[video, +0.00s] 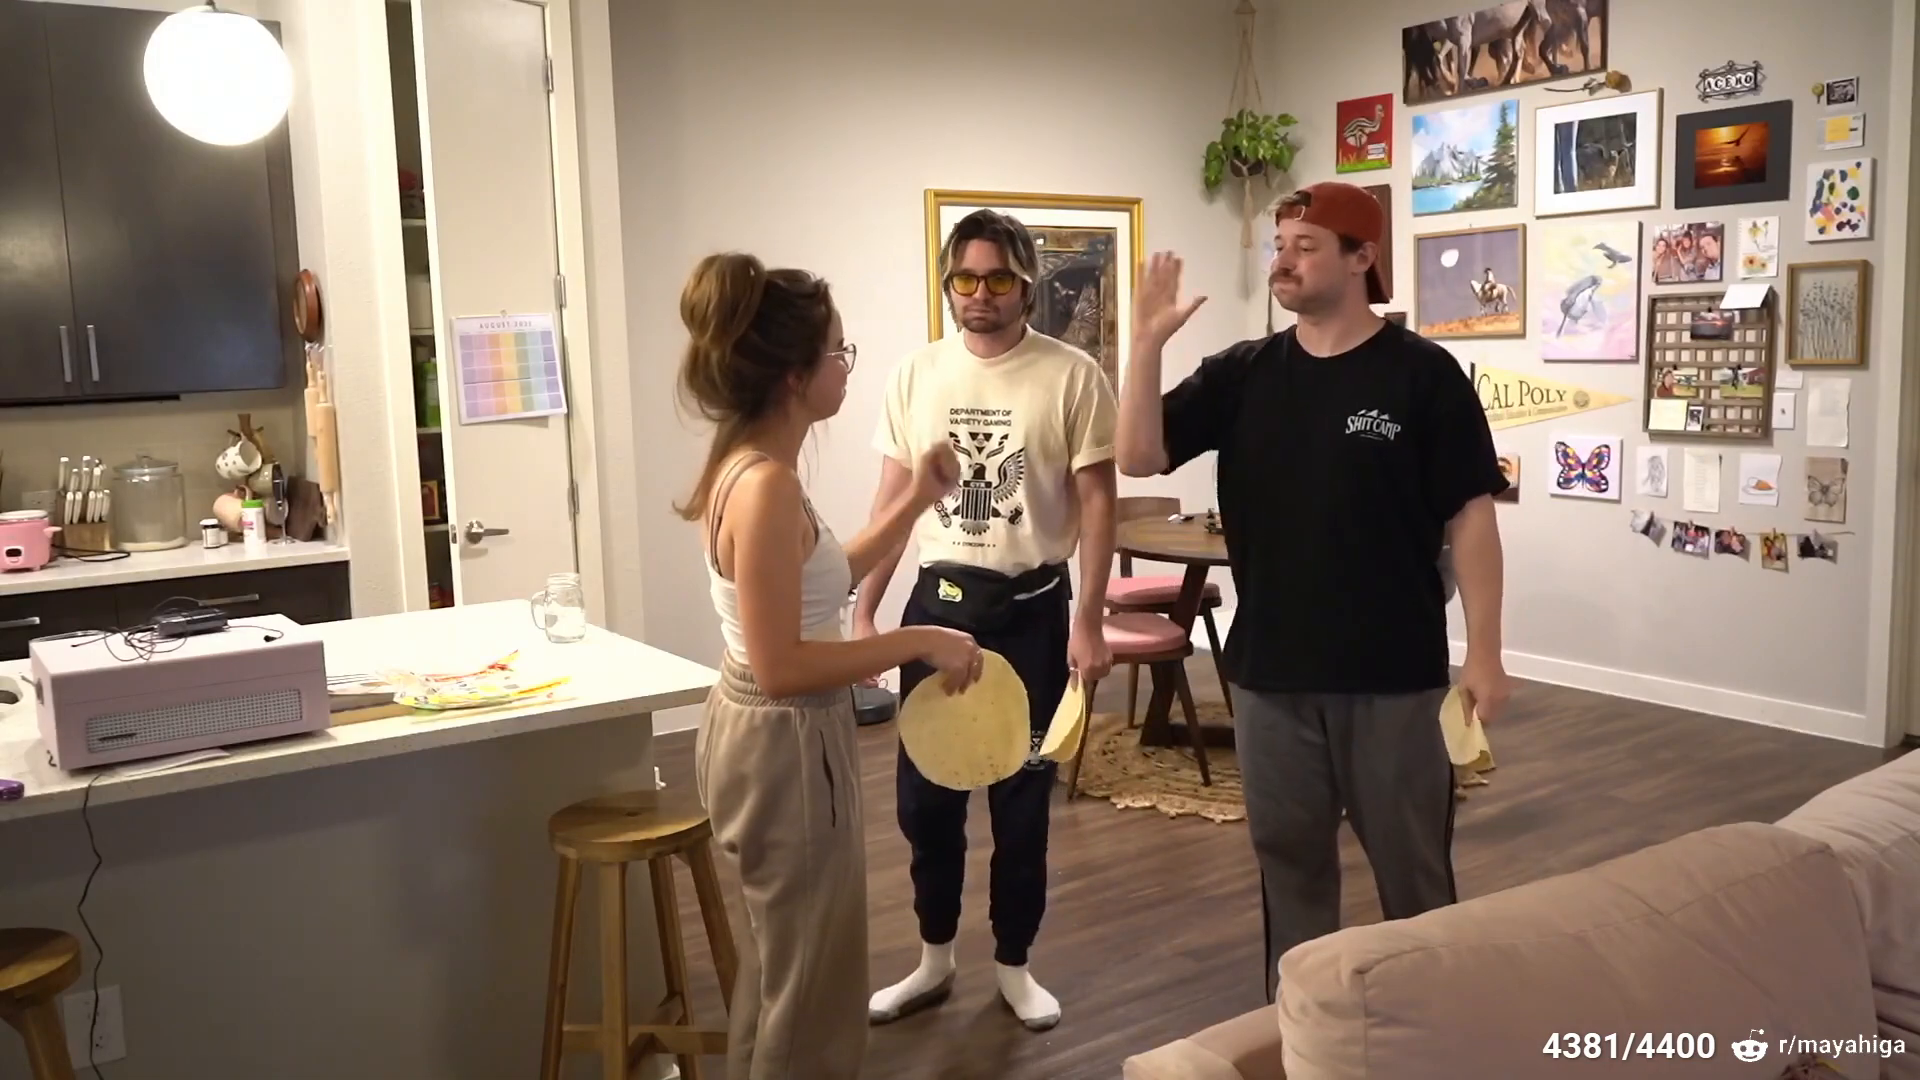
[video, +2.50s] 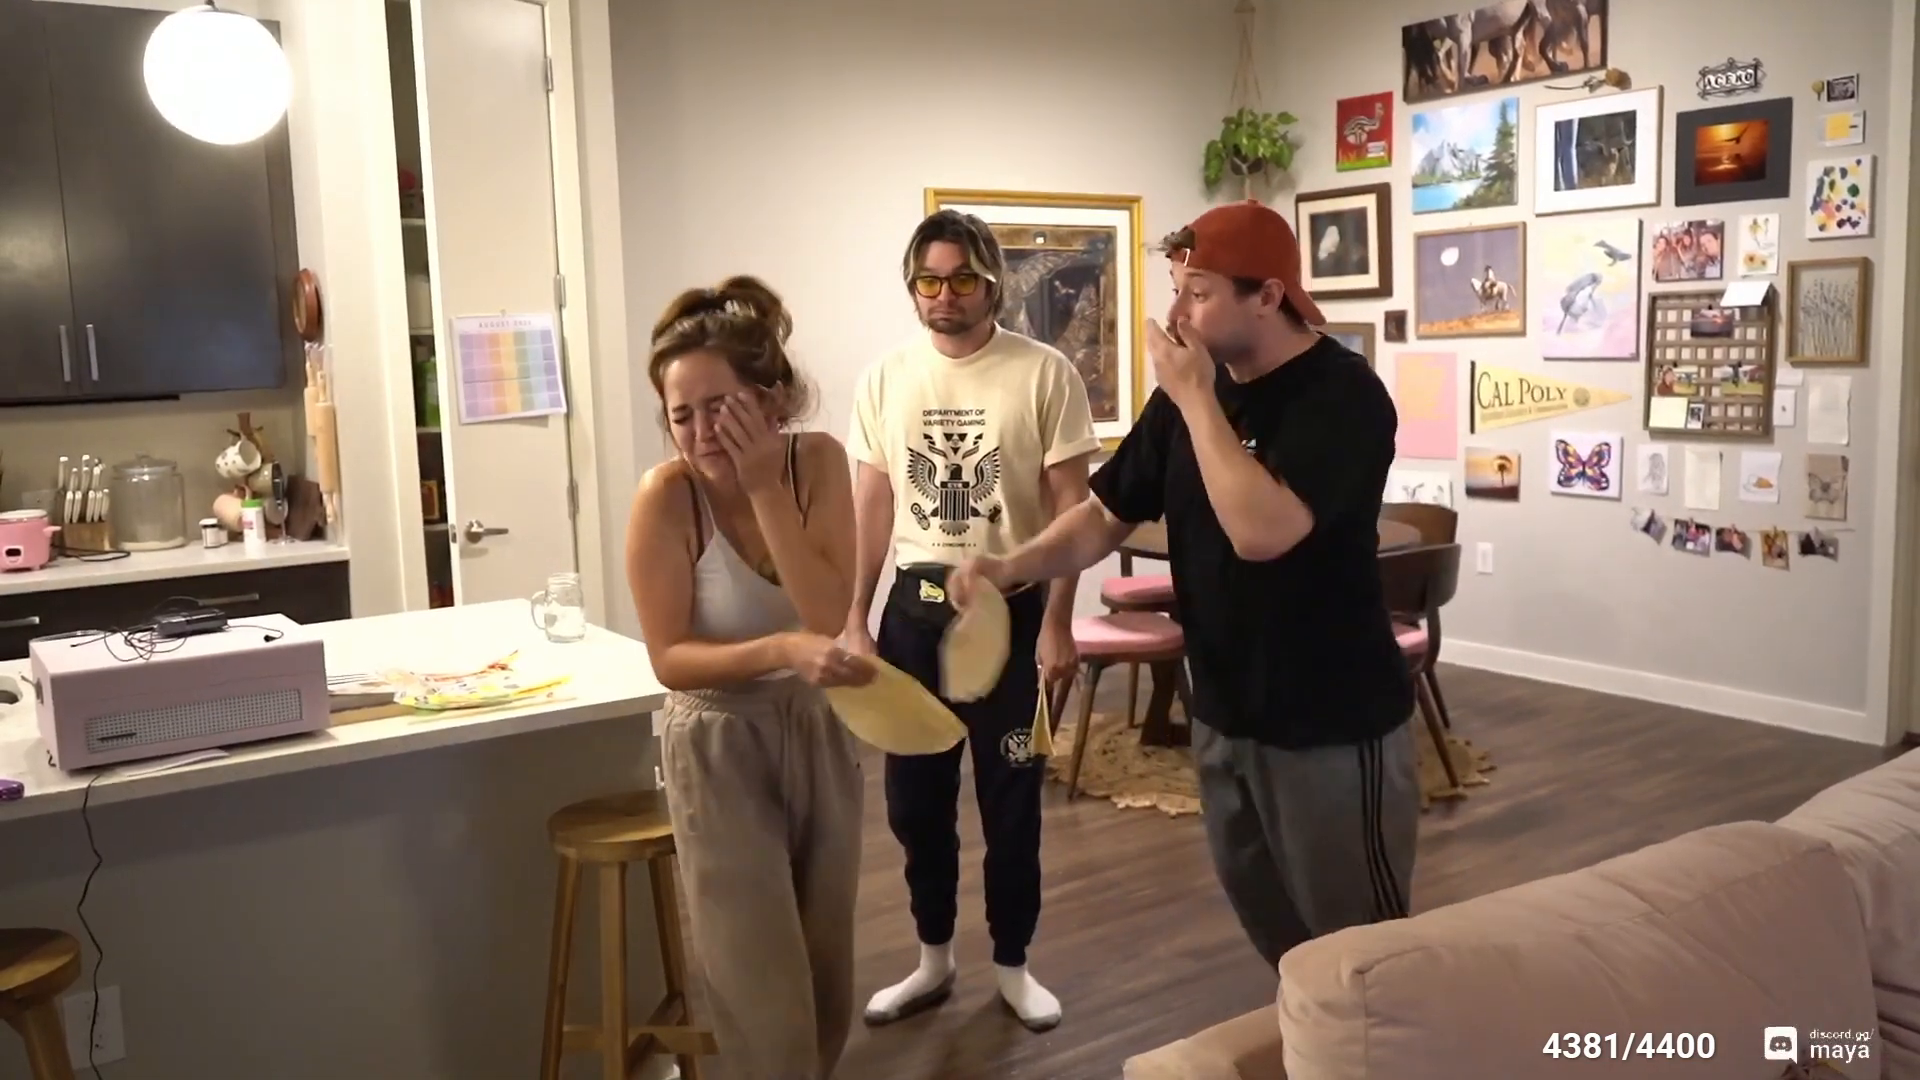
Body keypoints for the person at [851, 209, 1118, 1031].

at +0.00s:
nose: (977, 294)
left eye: (996, 280)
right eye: (964, 279)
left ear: (1027, 285)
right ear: (949, 283)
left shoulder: (1074, 376)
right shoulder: (917, 374)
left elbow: (1097, 502)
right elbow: (893, 506)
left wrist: (1087, 618)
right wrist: (861, 618)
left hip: (1035, 605)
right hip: (936, 603)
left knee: (1023, 796)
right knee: (927, 795)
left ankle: (1014, 967)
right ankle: (936, 957)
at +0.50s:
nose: (955, 296)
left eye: (972, 281)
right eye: (940, 281)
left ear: (999, 285)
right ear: (920, 287)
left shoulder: (1047, 372)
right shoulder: (887, 376)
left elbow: (1076, 498)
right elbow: (872, 502)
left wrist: (1069, 618)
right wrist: (865, 624)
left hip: (1015, 605)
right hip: (915, 607)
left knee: (1012, 796)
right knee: (917, 799)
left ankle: (1013, 967)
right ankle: (933, 957)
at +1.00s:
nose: (945, 297)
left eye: (960, 282)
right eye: (929, 283)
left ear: (988, 285)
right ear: (909, 290)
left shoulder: (1036, 371)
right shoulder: (885, 375)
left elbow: (1064, 499)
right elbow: (861, 502)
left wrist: (1054, 616)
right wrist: (855, 617)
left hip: (1006, 606)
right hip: (909, 608)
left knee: (1008, 791)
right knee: (913, 795)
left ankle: (1011, 965)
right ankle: (932, 958)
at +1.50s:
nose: (944, 298)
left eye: (959, 283)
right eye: (927, 284)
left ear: (987, 286)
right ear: (908, 292)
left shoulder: (1037, 371)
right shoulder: (888, 377)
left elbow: (1068, 502)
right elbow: (866, 502)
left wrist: (1056, 617)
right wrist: (852, 618)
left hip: (1007, 602)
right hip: (909, 605)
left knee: (1010, 790)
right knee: (912, 795)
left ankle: (1012, 968)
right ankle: (932, 960)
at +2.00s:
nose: (939, 297)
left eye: (956, 281)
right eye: (924, 283)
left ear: (988, 284)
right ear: (907, 290)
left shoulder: (1039, 370)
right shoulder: (891, 373)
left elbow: (1067, 501)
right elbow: (870, 498)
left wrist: (1057, 620)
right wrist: (857, 612)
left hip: (1006, 601)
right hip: (911, 602)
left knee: (1010, 792)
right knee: (913, 789)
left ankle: (1012, 966)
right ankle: (932, 959)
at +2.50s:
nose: (943, 296)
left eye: (961, 280)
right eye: (928, 281)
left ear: (993, 285)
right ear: (910, 288)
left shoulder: (1045, 373)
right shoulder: (887, 378)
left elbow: (1073, 514)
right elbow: (874, 505)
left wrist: (1059, 623)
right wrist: (857, 617)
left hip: (1012, 612)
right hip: (910, 609)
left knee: (1011, 803)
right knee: (917, 802)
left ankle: (1012, 966)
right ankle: (934, 959)